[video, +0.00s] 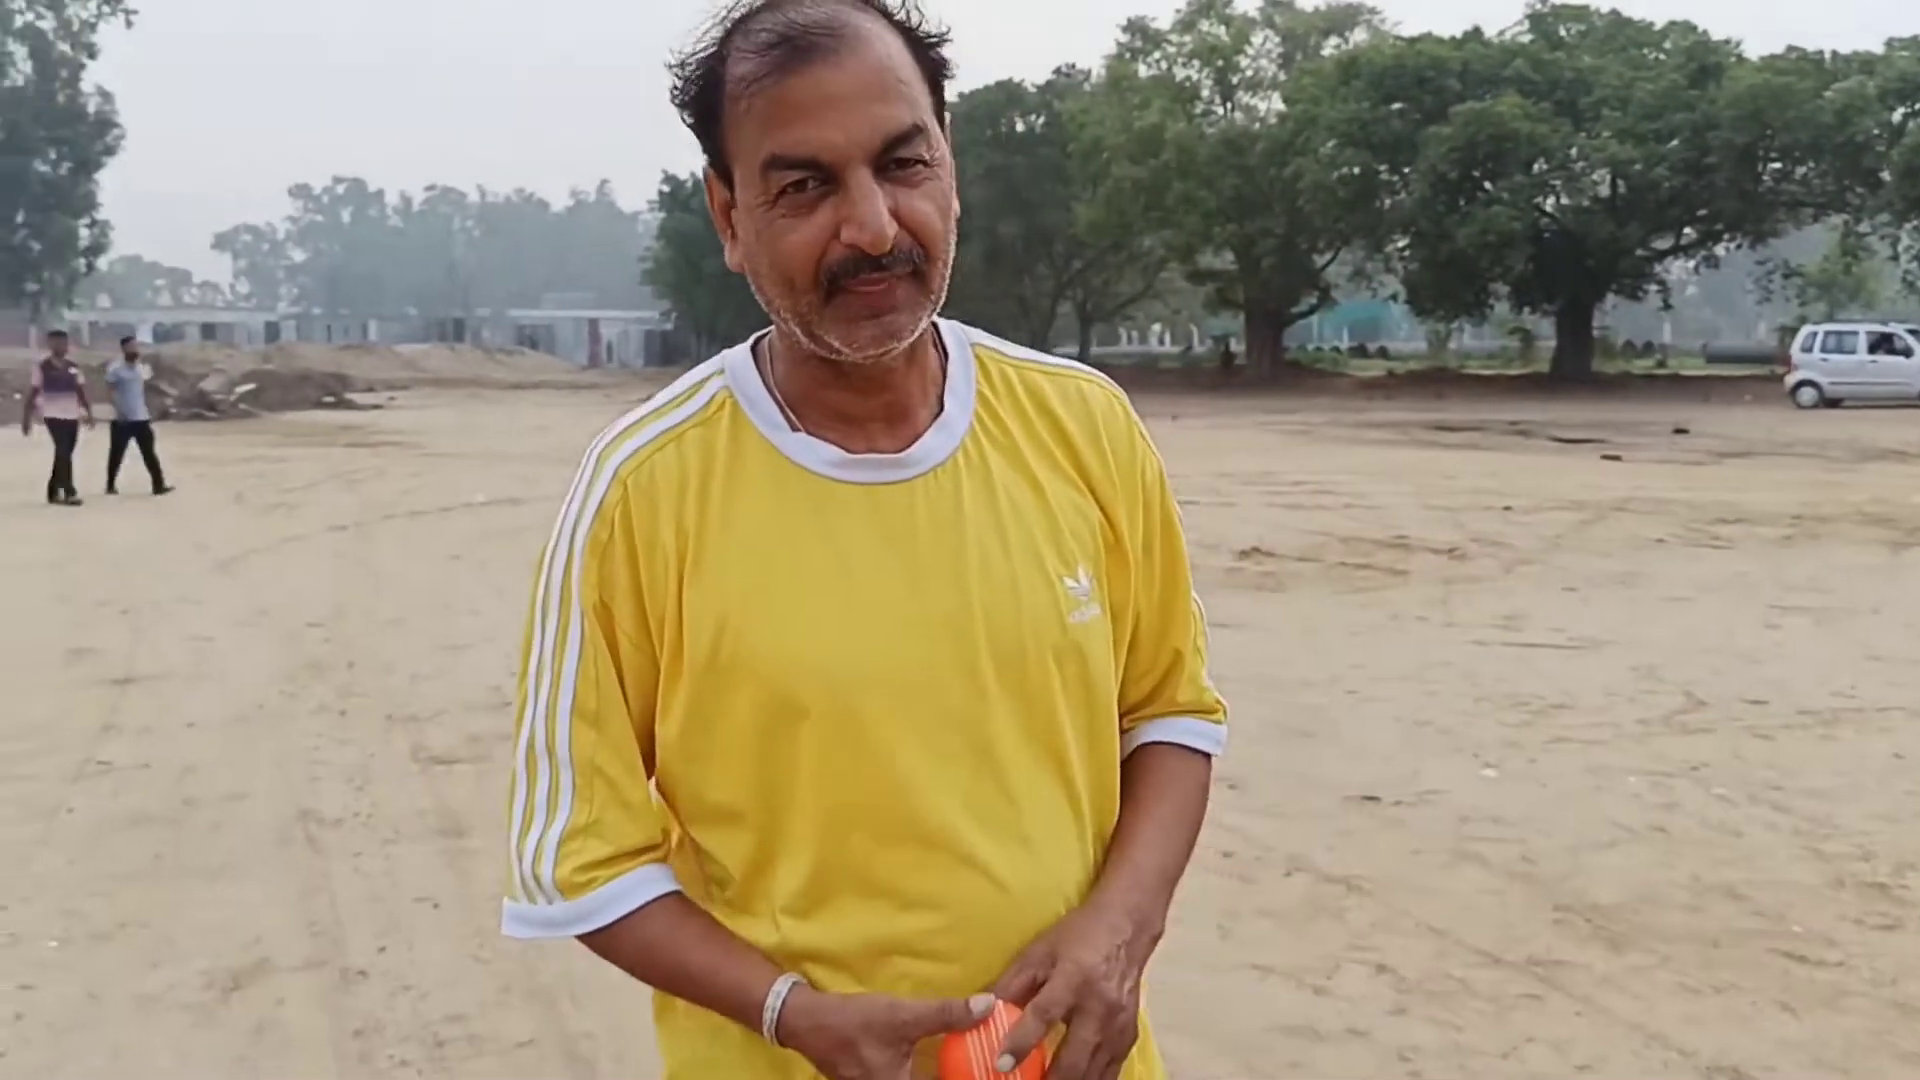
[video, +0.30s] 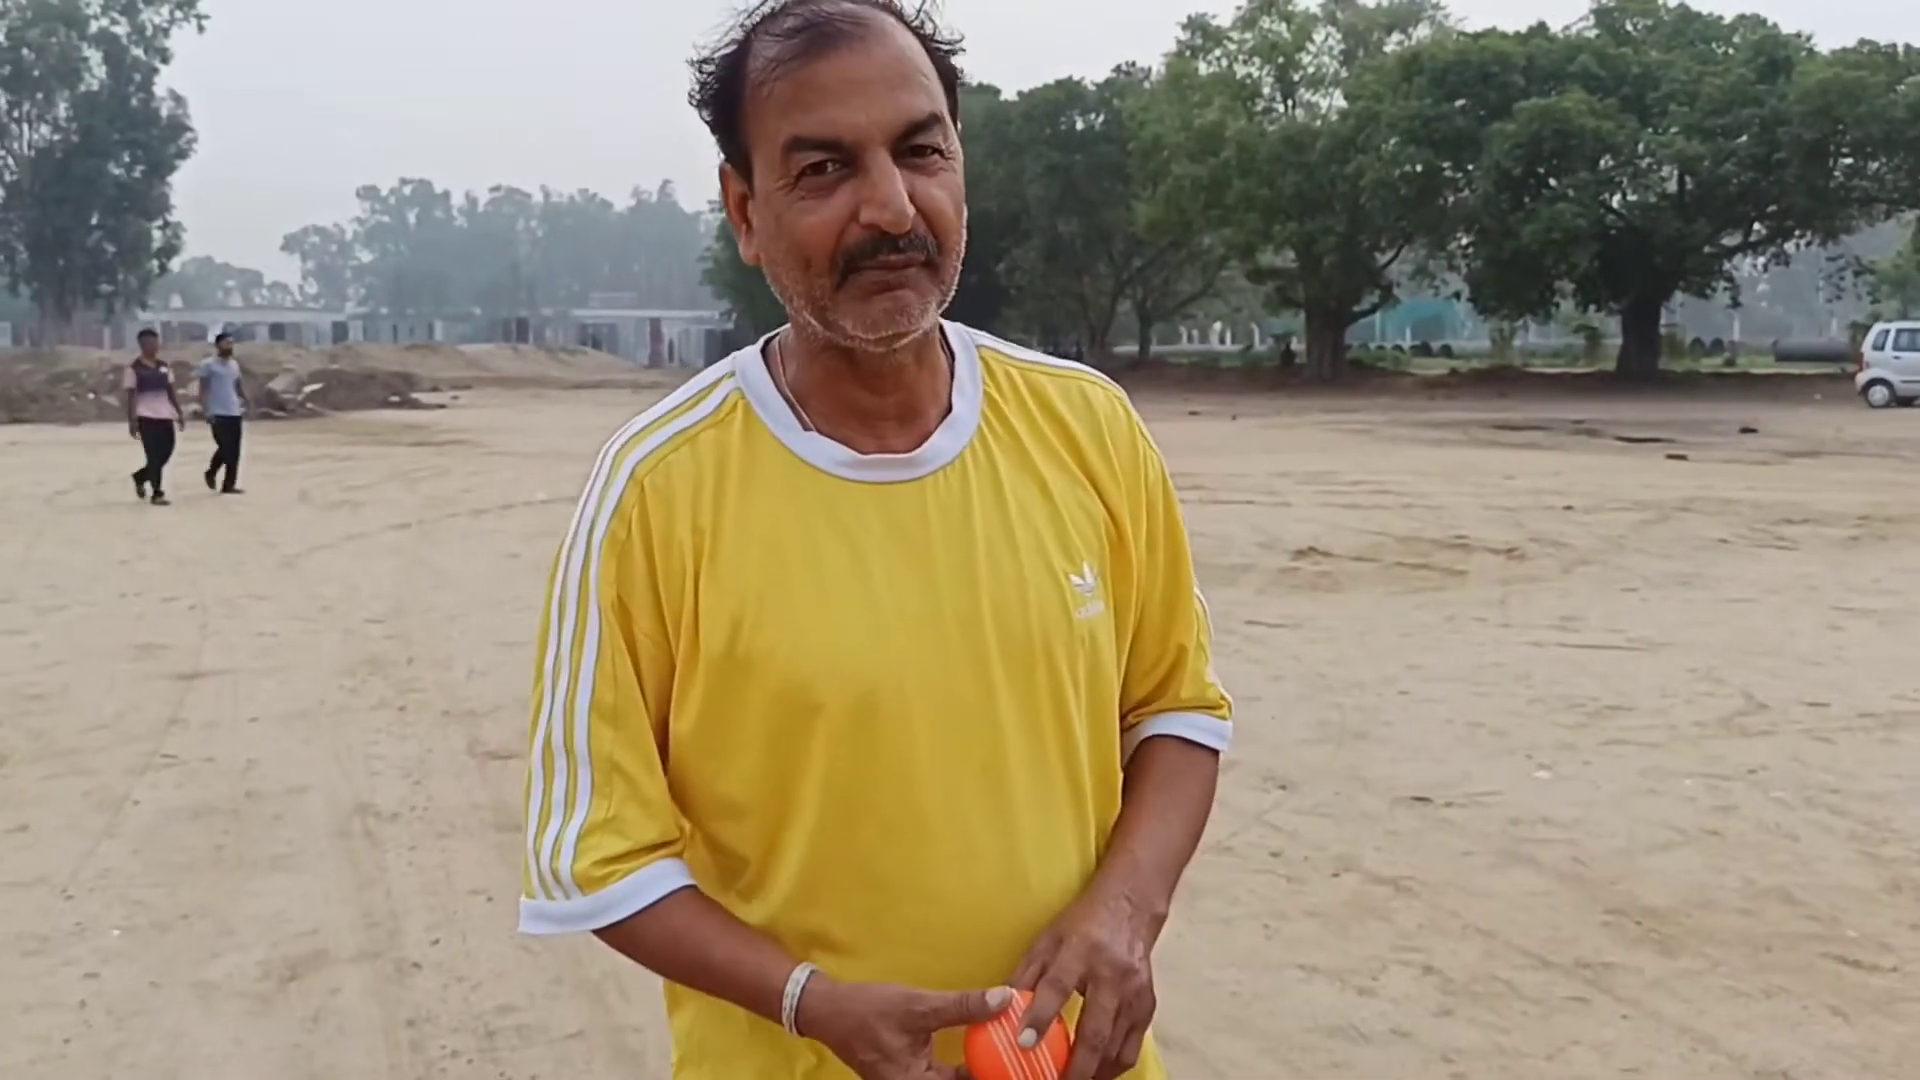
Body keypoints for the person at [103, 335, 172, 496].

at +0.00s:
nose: (134, 349)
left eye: (135, 346)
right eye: (131, 346)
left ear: (137, 348)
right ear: (124, 349)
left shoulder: (139, 368)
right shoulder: (115, 370)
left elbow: (139, 391)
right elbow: (109, 394)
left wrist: (143, 410)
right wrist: (119, 410)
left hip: (141, 419)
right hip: (122, 419)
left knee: (149, 454)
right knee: (116, 456)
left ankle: (158, 484)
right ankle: (110, 485)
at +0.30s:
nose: (230, 346)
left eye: (231, 343)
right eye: (226, 343)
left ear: (232, 345)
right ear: (218, 345)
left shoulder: (234, 364)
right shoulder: (208, 365)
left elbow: (238, 385)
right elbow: (202, 390)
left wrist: (245, 400)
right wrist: (204, 408)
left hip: (234, 412)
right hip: (217, 412)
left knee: (234, 450)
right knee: (225, 447)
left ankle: (229, 483)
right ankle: (211, 472)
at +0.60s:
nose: (285, 352)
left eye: (286, 348)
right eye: (282, 348)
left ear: (285, 351)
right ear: (272, 350)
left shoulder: (285, 368)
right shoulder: (261, 370)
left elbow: (303, 372)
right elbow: (253, 395)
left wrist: (293, 353)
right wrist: (253, 418)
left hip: (285, 416)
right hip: (270, 416)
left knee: (275, 452)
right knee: (281, 453)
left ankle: (261, 482)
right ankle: (291, 486)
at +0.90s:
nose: (323, 347)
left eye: (325, 344)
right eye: (320, 343)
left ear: (327, 346)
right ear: (311, 345)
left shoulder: (327, 364)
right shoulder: (302, 366)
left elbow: (346, 367)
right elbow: (296, 392)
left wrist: (335, 348)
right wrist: (302, 412)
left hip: (328, 414)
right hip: (310, 415)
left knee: (337, 447)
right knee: (311, 454)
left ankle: (322, 476)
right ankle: (313, 485)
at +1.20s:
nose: (394, 353)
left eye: (396, 350)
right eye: (391, 349)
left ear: (397, 351)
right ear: (382, 350)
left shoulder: (396, 369)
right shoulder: (373, 371)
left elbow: (416, 373)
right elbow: (365, 394)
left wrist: (406, 356)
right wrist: (372, 412)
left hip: (398, 419)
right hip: (380, 420)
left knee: (407, 455)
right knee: (371, 456)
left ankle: (412, 487)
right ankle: (358, 485)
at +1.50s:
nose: (456, 347)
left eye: (457, 343)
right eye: (453, 343)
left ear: (458, 346)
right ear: (445, 346)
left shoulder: (457, 365)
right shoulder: (434, 366)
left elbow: (475, 374)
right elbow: (426, 391)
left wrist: (464, 355)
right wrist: (428, 414)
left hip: (458, 413)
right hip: (443, 413)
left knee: (456, 450)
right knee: (452, 449)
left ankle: (452, 485)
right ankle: (447, 485)